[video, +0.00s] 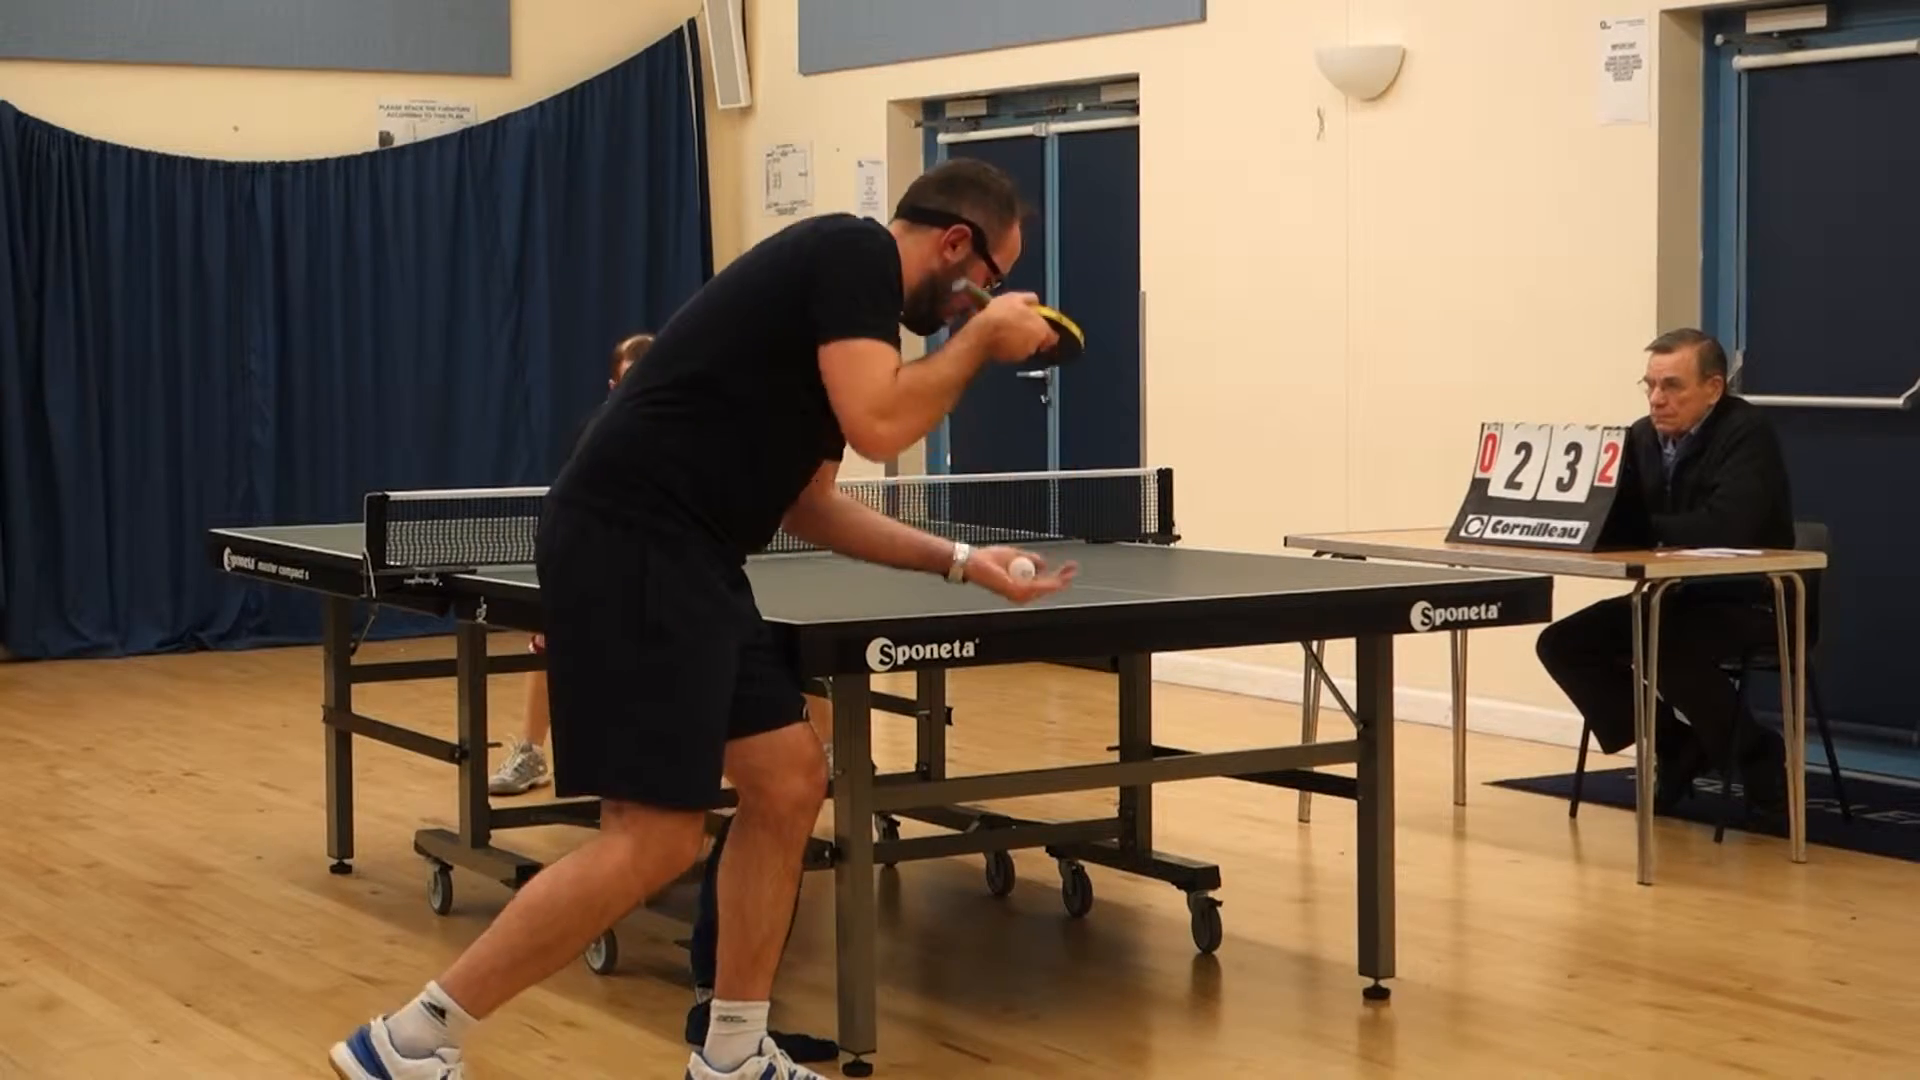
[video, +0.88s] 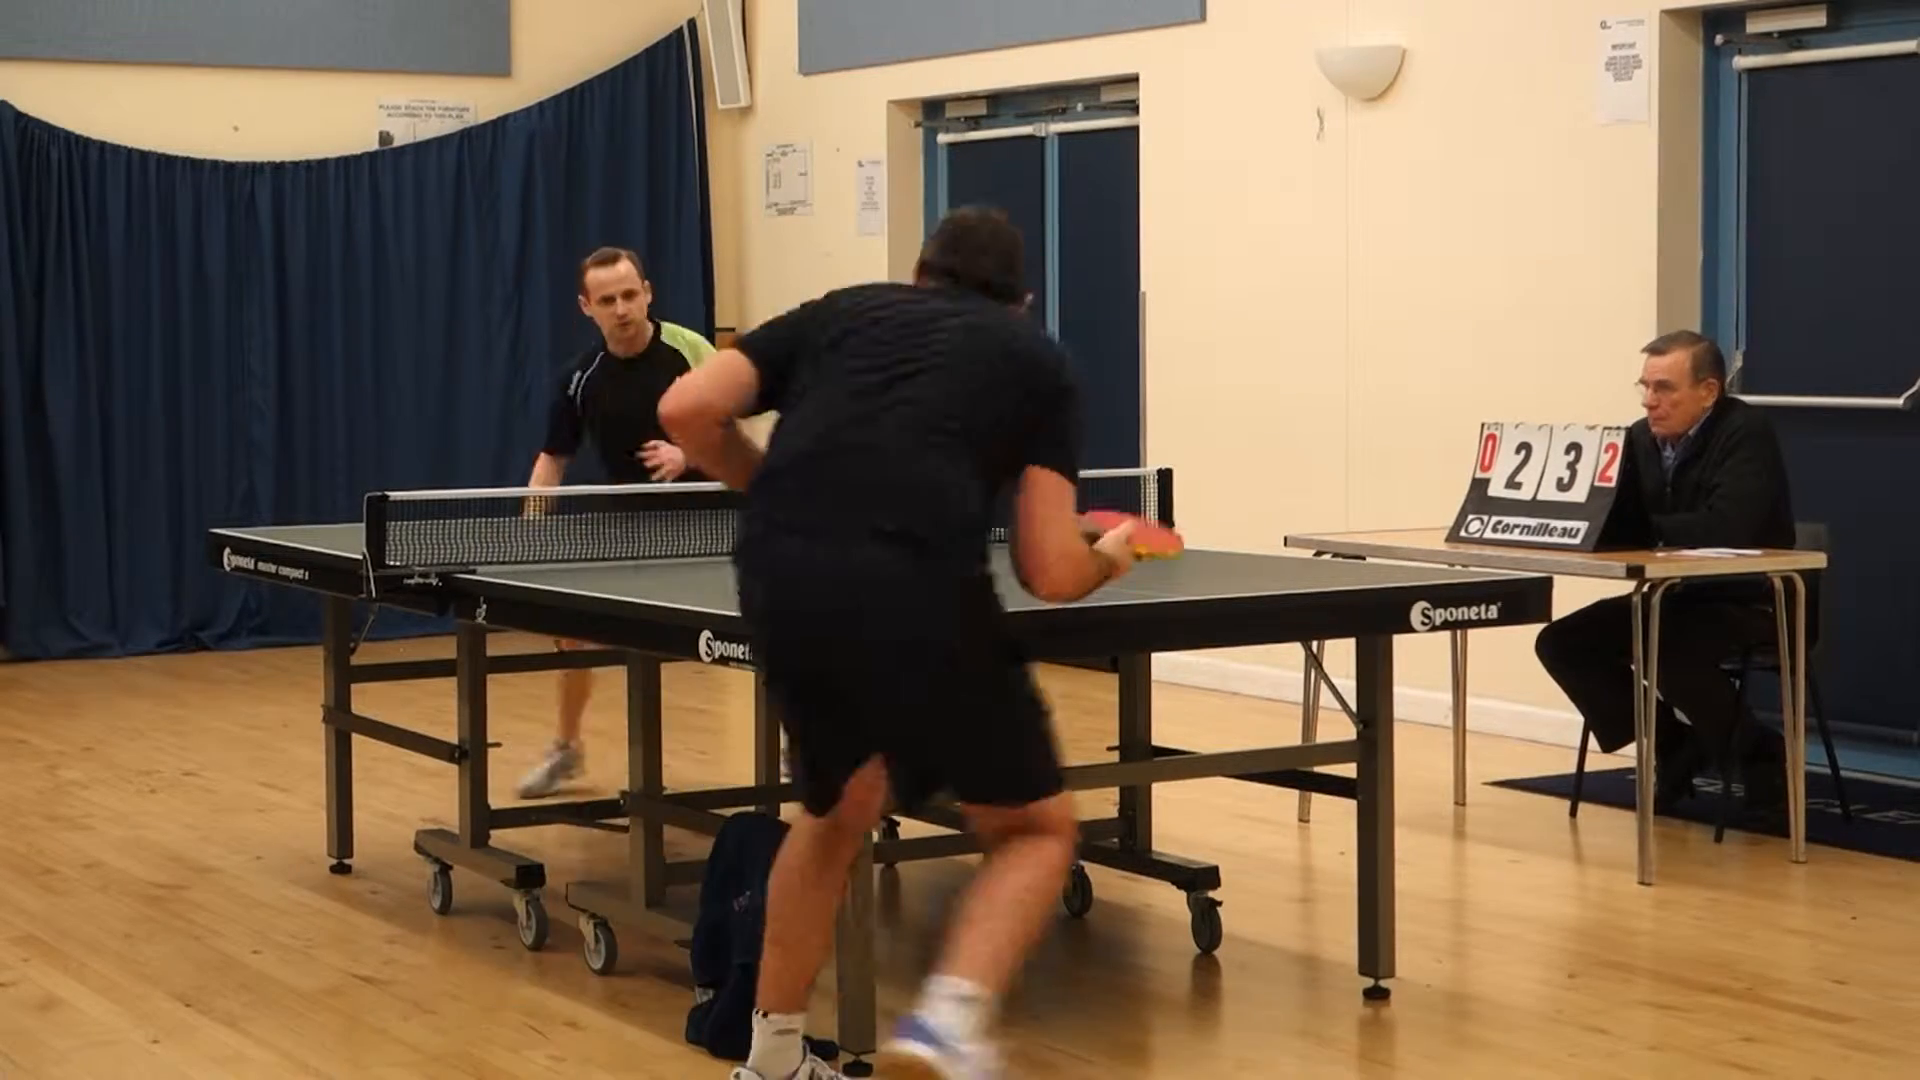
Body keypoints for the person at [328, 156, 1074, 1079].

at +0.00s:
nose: (982, 296)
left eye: (992, 281)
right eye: (988, 273)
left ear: (933, 230)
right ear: (955, 237)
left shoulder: (843, 322)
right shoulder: (852, 251)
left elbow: (810, 506)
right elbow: (880, 420)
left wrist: (964, 558)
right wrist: (982, 335)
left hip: (693, 549)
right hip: (626, 536)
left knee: (789, 779)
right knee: (656, 836)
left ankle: (733, 1048)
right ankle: (410, 1036)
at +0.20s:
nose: (914, 293)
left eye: (929, 283)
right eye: (924, 268)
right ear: (903, 206)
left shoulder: (820, 328)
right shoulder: (793, 212)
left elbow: (811, 494)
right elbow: (820, 298)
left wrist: (974, 525)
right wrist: (934, 217)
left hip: (687, 563)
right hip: (606, 551)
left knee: (788, 775)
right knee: (630, 848)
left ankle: (730, 1055)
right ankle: (395, 1064)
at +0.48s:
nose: (929, 309)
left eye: (935, 309)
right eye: (944, 298)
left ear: (910, 306)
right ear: (932, 284)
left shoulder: (800, 341)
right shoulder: (818, 252)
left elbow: (729, 516)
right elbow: (900, 183)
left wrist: (876, 553)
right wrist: (988, 290)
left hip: (648, 543)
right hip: (587, 528)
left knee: (747, 772)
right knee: (592, 843)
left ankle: (741, 1052)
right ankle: (381, 1065)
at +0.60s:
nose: (926, 477)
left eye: (942, 467)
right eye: (944, 456)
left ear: (914, 419)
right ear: (933, 412)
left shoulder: (786, 412)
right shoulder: (882, 347)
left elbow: (693, 561)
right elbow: (1057, 393)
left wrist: (804, 586)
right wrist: (1000, 400)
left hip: (604, 562)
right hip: (621, 565)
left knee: (774, 770)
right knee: (594, 877)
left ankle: (766, 1051)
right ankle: (382, 1065)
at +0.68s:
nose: (963, 426)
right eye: (966, 408)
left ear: (871, 354)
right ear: (950, 380)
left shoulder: (759, 368)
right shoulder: (931, 393)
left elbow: (584, 473)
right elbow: (1020, 565)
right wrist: (1094, 473)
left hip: (614, 574)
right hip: (710, 608)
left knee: (787, 752)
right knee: (628, 890)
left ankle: (760, 1057)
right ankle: (401, 1063)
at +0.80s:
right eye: (984, 339)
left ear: (884, 307)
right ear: (976, 330)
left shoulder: (800, 330)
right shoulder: (986, 381)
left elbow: (636, 400)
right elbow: (1022, 580)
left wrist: (711, 497)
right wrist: (1085, 570)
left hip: (711, 567)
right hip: (831, 589)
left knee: (792, 814)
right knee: (886, 872)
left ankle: (765, 1055)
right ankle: (659, 1012)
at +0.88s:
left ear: (918, 275)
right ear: (1019, 297)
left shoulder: (840, 313)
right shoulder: (1032, 361)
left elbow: (686, 407)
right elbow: (1053, 574)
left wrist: (770, 480)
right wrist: (1110, 550)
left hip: (782, 576)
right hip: (918, 589)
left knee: (841, 797)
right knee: (1034, 829)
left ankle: (772, 1055)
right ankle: (948, 1019)